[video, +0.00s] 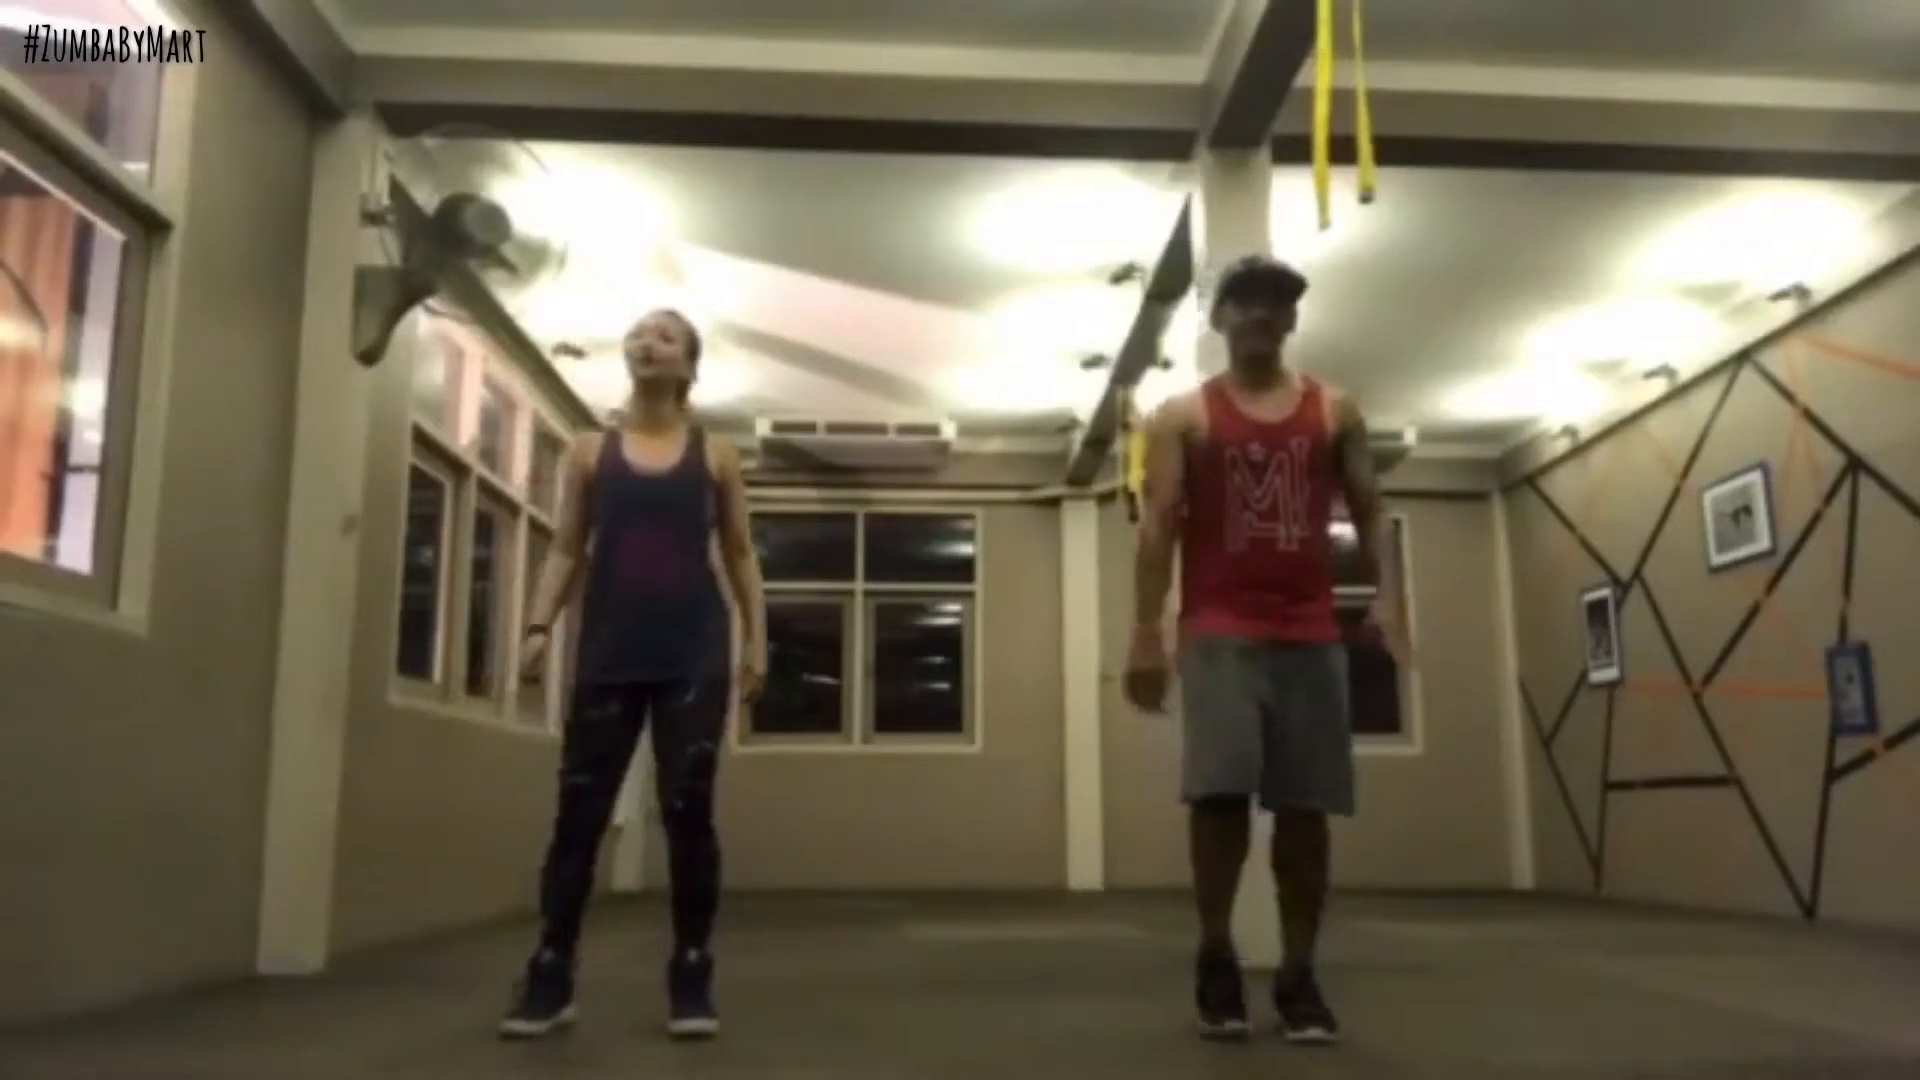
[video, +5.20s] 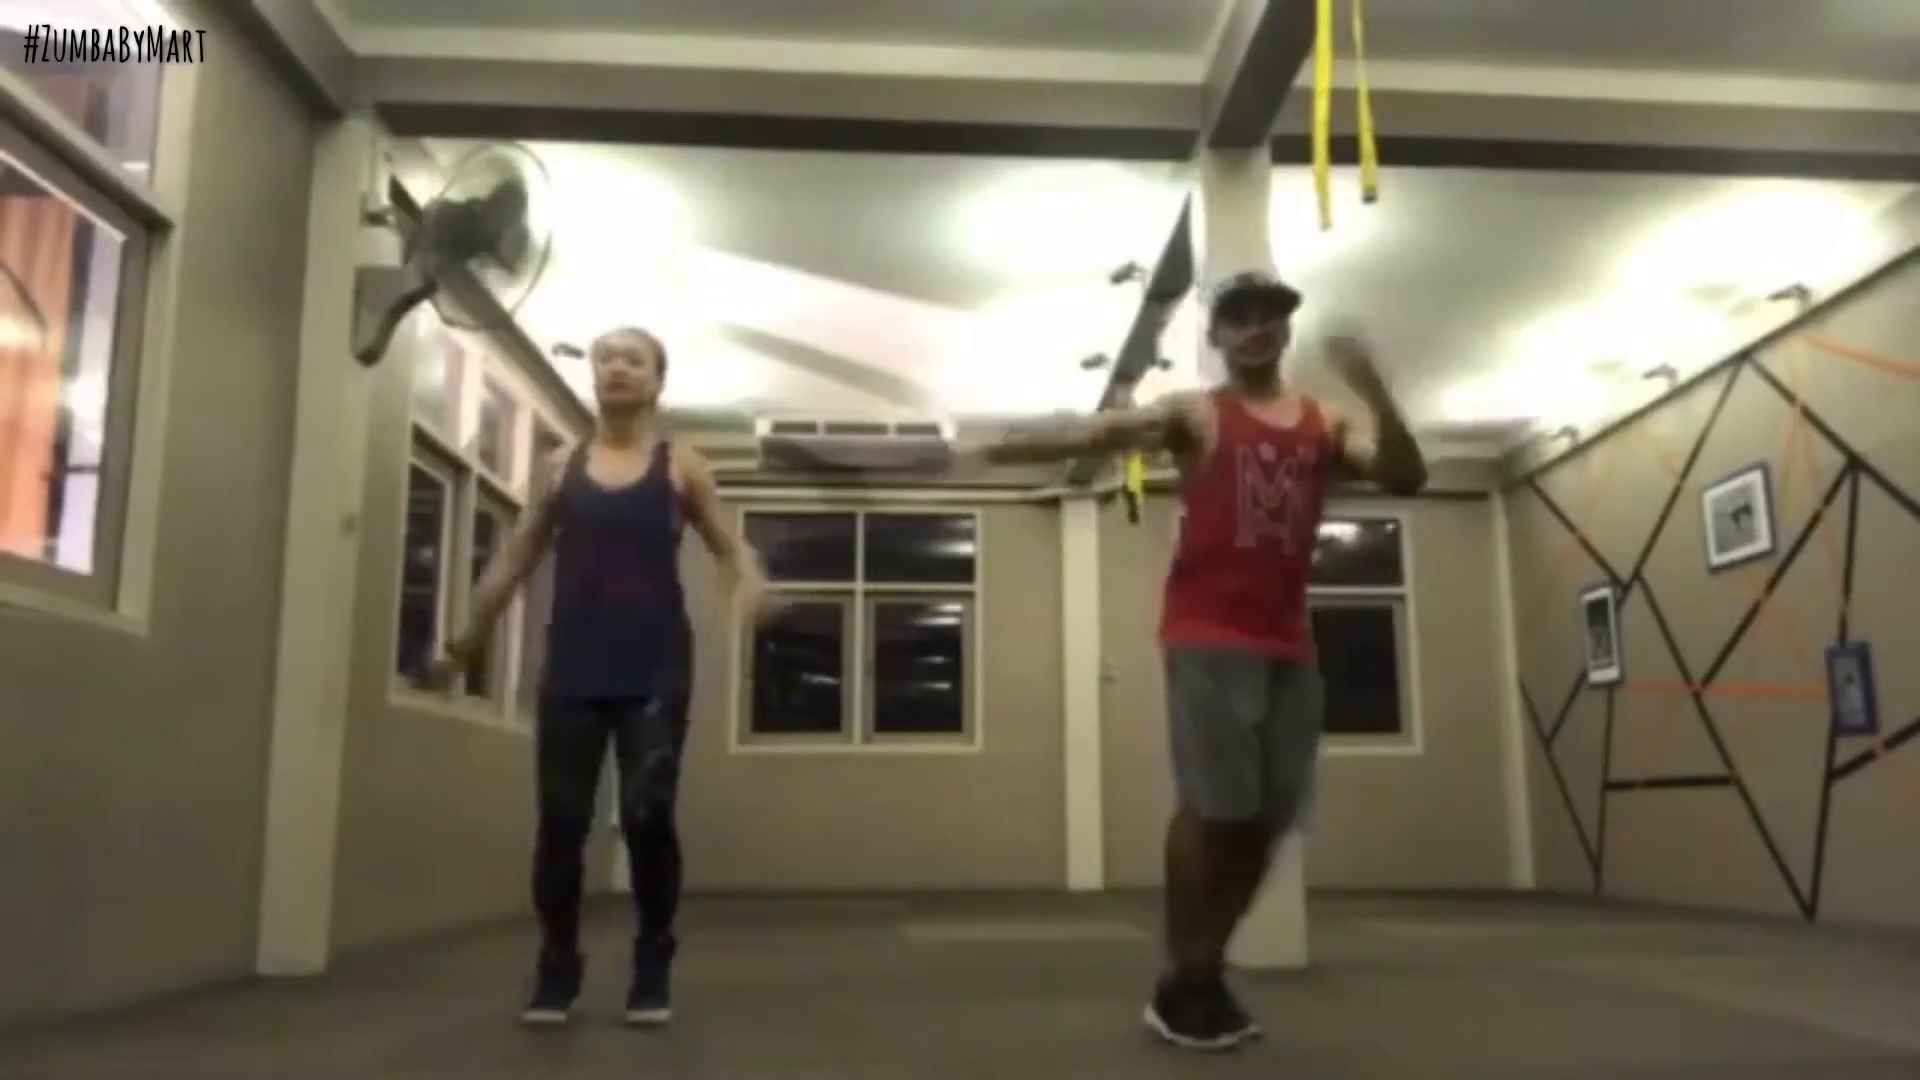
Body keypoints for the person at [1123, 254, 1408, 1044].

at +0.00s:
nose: (1259, 323)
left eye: (1274, 311)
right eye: (1245, 310)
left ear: (1293, 319)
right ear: (1220, 319)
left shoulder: (1333, 412)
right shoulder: (1184, 418)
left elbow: (1371, 514)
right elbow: (1157, 528)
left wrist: (1388, 602)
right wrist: (1145, 632)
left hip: (1309, 634)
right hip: (1219, 633)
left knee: (1304, 809)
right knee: (1221, 803)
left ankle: (1298, 976)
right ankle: (1217, 961)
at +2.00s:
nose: (1249, 343)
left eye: (1262, 331)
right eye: (1234, 331)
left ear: (1278, 341)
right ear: (1208, 340)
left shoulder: (1312, 430)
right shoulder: (1175, 432)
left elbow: (1354, 514)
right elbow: (1138, 533)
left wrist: (1362, 580)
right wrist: (1174, 610)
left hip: (1293, 637)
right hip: (1213, 638)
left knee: (1292, 805)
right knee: (1213, 794)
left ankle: (1287, 966)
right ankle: (1197, 946)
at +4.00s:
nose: (1238, 323)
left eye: (1253, 312)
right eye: (1224, 311)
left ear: (1272, 329)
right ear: (1202, 327)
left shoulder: (1308, 423)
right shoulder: (1172, 424)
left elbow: (1351, 509)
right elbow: (1119, 518)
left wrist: (1344, 550)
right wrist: (1182, 579)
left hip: (1288, 636)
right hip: (1208, 638)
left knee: (1287, 807)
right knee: (1209, 797)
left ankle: (1283, 965)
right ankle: (1196, 937)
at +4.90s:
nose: (1235, 323)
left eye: (1249, 312)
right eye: (1221, 310)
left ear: (1267, 327)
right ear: (1194, 323)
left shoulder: (1298, 415)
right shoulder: (1155, 412)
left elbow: (1379, 477)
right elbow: (1071, 468)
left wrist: (1453, 523)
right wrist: (1135, 471)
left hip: (1271, 626)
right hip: (1186, 621)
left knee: (1264, 803)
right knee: (1177, 771)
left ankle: (1255, 969)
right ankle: (1170, 916)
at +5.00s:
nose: (1238, 308)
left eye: (1252, 295)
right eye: (1223, 295)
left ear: (1271, 307)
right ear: (1199, 308)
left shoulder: (1302, 393)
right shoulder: (1166, 388)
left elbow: (1398, 434)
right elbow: (1068, 424)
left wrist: (1488, 452)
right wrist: (1086, 441)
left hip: (1270, 603)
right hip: (1189, 591)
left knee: (1251, 787)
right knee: (1202, 746)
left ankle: (1232, 952)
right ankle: (1171, 909)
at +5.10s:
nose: (1245, 323)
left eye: (1258, 310)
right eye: (1230, 311)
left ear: (1277, 321)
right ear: (1207, 325)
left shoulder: (1309, 405)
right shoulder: (1180, 399)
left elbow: (1404, 443)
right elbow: (1084, 423)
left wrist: (1450, 379)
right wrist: (992, 417)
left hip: (1277, 620)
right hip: (1200, 609)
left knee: (1237, 796)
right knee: (1209, 779)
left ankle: (1201, 965)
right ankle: (1179, 967)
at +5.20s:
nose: (1257, 332)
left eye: (1270, 318)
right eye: (1240, 320)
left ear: (1288, 328)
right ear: (1216, 332)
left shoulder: (1320, 421)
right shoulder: (1197, 412)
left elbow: (1406, 476)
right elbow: (1096, 436)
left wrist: (1376, 390)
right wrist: (997, 446)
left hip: (1286, 637)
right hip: (1210, 634)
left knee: (1270, 813)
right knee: (1216, 808)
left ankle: (1202, 975)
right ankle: (1181, 986)